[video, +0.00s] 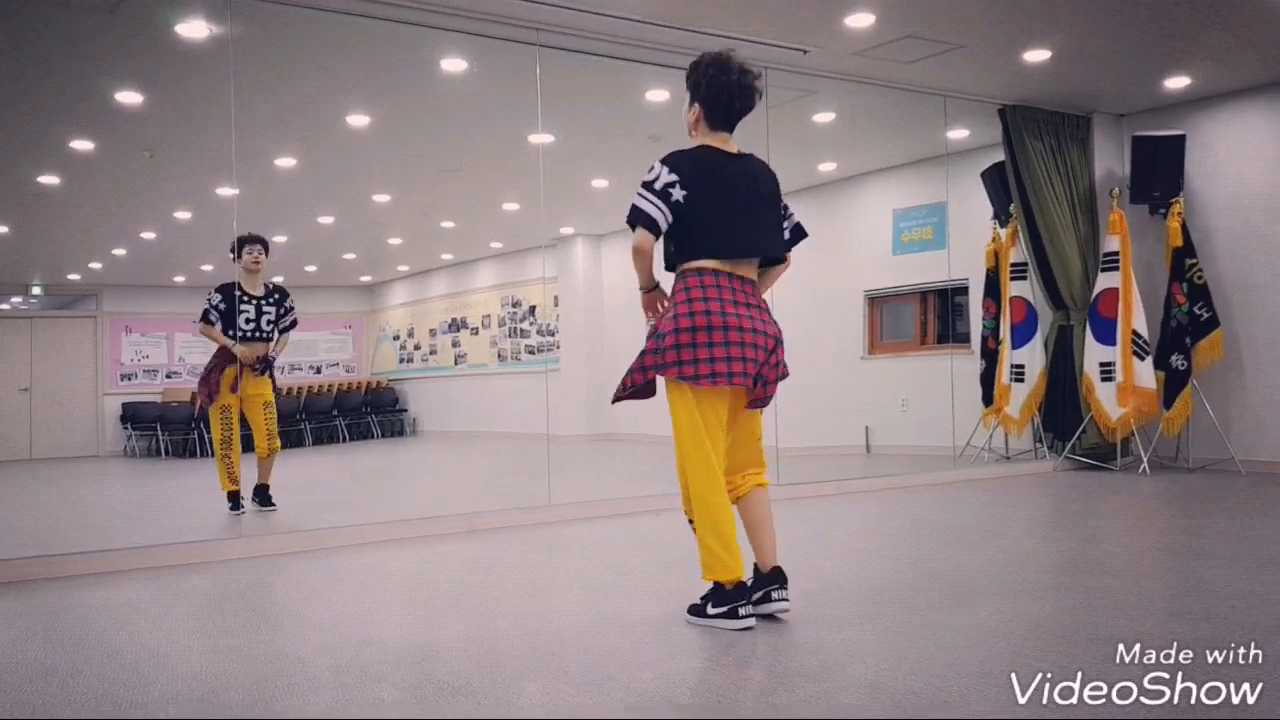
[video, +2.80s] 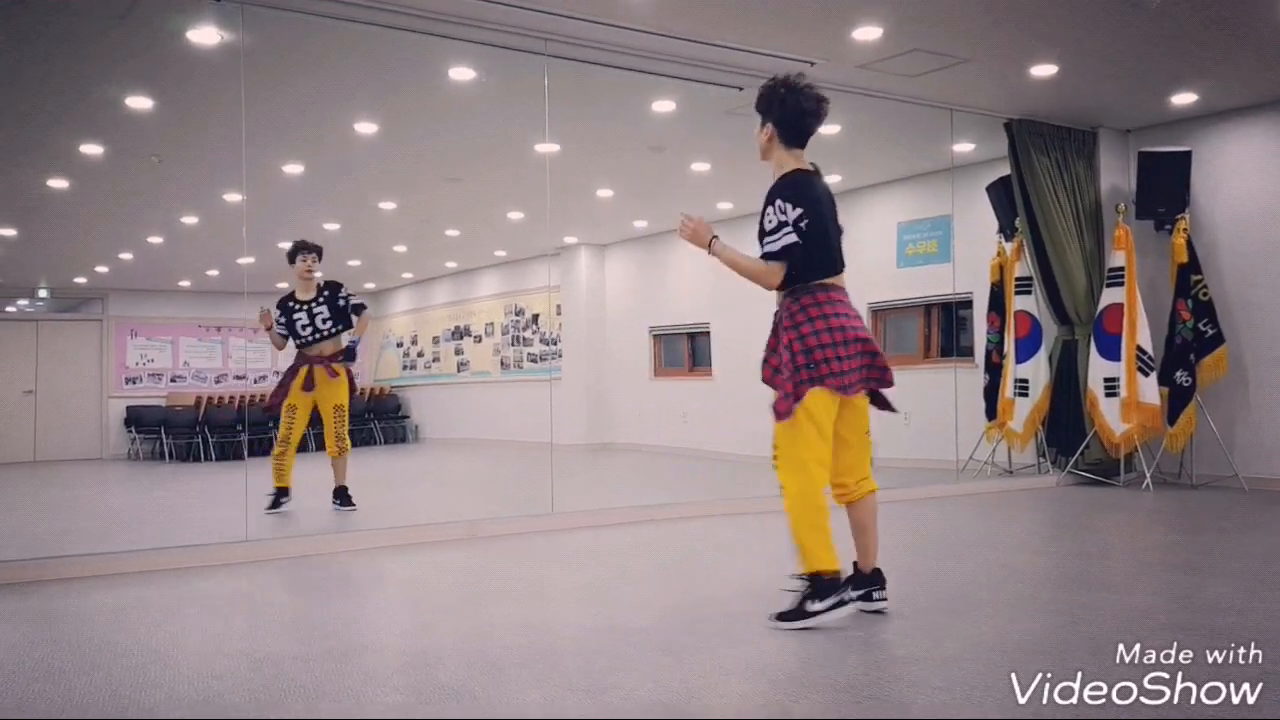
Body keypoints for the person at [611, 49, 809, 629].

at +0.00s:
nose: (684, 114)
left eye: (686, 105)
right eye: (689, 105)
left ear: (694, 111)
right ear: (740, 115)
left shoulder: (676, 166)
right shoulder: (762, 174)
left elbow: (642, 236)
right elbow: (788, 244)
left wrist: (647, 287)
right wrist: (751, 295)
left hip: (696, 309)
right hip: (751, 312)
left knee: (701, 459)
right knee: (744, 457)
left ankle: (726, 587)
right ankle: (770, 576)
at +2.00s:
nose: (688, 127)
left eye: (690, 118)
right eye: (692, 119)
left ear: (698, 122)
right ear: (746, 126)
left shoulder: (669, 178)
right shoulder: (768, 186)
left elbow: (654, 256)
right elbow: (792, 275)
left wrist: (655, 332)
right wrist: (770, 330)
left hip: (703, 334)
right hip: (767, 332)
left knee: (702, 480)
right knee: (767, 473)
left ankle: (710, 601)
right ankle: (771, 596)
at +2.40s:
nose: (686, 139)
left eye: (688, 130)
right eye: (691, 130)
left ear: (696, 137)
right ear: (741, 142)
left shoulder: (684, 189)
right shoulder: (759, 198)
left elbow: (645, 245)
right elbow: (786, 272)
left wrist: (645, 269)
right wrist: (752, 304)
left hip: (715, 341)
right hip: (775, 338)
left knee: (691, 488)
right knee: (778, 467)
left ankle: (709, 601)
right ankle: (792, 564)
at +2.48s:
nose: (696, 142)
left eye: (699, 134)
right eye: (699, 134)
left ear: (706, 141)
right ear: (751, 146)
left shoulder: (704, 195)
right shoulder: (767, 203)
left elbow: (674, 257)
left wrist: (654, 266)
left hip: (725, 340)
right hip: (779, 338)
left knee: (692, 487)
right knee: (786, 464)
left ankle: (709, 599)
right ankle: (819, 561)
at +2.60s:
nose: (719, 145)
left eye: (722, 136)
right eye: (721, 135)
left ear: (733, 143)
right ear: (770, 147)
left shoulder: (742, 200)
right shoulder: (782, 201)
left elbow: (738, 285)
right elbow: (787, 286)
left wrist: (680, 265)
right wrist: (710, 275)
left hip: (756, 340)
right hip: (797, 340)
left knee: (713, 480)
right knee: (802, 475)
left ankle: (715, 599)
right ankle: (858, 567)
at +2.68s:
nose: (730, 139)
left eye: (734, 130)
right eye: (734, 129)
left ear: (745, 138)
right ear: (781, 141)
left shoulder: (763, 197)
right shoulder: (791, 196)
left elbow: (760, 281)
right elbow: (803, 281)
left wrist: (697, 261)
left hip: (780, 343)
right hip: (812, 341)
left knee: (741, 471)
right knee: (819, 470)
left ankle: (726, 589)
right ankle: (863, 575)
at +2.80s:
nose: (756, 135)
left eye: (758, 125)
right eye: (759, 125)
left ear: (769, 132)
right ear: (805, 132)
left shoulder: (785, 192)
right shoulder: (818, 188)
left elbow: (773, 275)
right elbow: (827, 266)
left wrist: (712, 244)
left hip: (807, 328)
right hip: (844, 323)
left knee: (798, 459)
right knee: (852, 459)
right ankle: (869, 576)